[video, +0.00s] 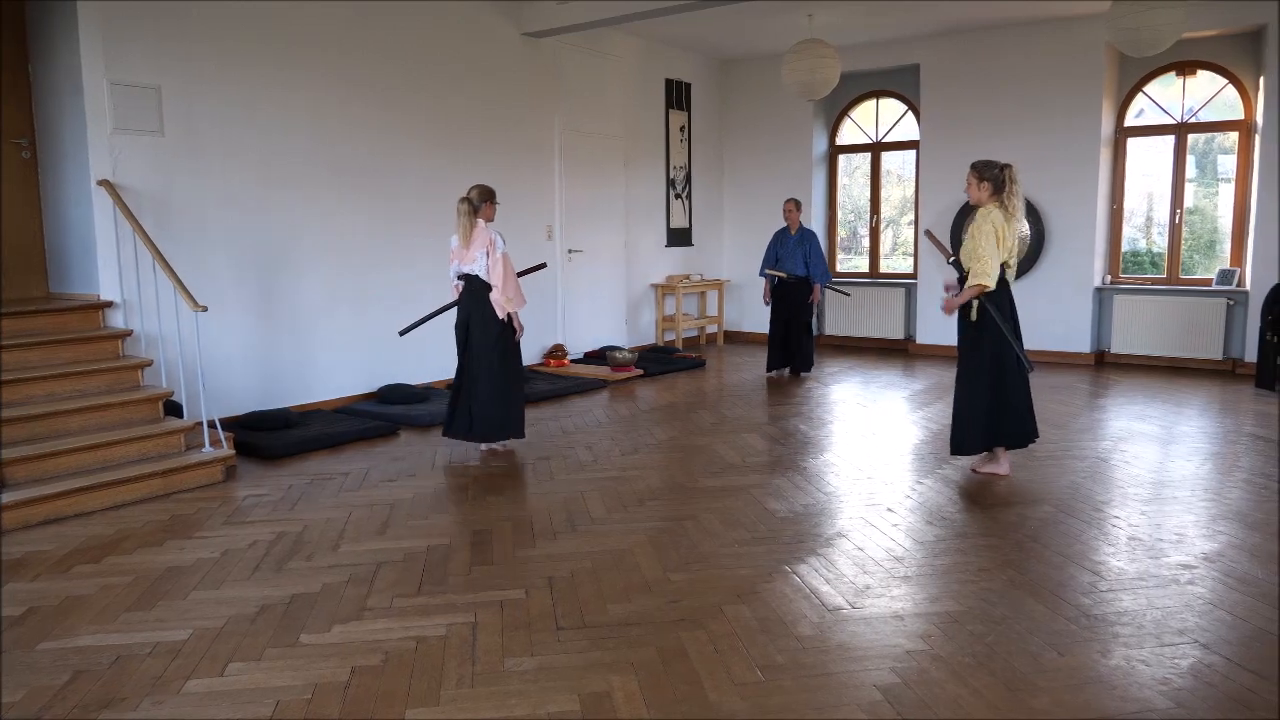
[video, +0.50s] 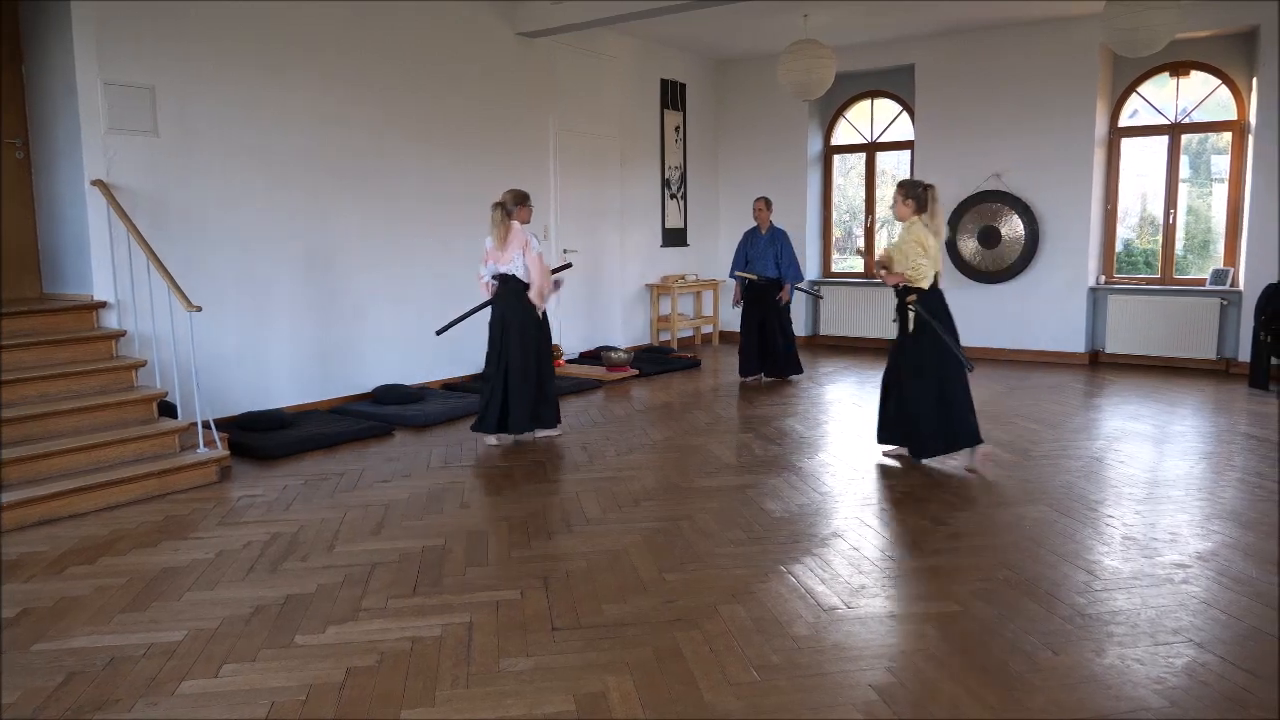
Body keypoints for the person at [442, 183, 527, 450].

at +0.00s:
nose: (496, 208)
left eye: (495, 204)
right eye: (494, 204)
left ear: (472, 206)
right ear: (486, 206)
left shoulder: (457, 239)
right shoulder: (491, 237)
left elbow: (456, 281)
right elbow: (499, 281)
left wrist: (467, 301)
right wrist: (513, 313)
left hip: (467, 308)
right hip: (489, 308)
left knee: (476, 369)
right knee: (494, 370)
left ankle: (484, 436)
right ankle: (492, 435)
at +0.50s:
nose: (531, 211)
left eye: (530, 207)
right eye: (528, 207)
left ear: (507, 209)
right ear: (519, 210)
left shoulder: (492, 239)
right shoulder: (526, 237)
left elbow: (486, 279)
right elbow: (540, 280)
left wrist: (498, 296)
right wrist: (538, 298)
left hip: (500, 299)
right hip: (522, 299)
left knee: (500, 360)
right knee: (534, 359)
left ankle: (492, 426)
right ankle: (542, 421)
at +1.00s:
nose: (565, 215)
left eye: (564, 211)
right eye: (560, 212)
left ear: (540, 218)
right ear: (546, 217)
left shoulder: (525, 242)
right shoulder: (556, 237)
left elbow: (505, 272)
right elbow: (595, 230)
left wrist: (517, 296)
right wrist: (623, 217)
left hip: (522, 311)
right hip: (540, 309)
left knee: (538, 371)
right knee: (577, 364)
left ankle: (541, 431)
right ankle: (559, 434)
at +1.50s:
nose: (595, 204)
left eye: (594, 198)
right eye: (591, 198)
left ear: (570, 202)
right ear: (575, 201)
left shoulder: (567, 228)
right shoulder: (578, 225)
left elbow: (613, 254)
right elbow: (618, 187)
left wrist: (622, 217)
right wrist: (618, 142)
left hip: (551, 307)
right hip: (568, 308)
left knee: (546, 373)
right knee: (603, 386)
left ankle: (519, 432)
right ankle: (590, 464)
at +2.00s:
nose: (575, 180)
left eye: (573, 174)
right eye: (573, 175)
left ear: (538, 178)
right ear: (565, 179)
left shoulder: (518, 217)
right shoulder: (577, 220)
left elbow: (512, 273)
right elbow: (595, 274)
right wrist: (602, 254)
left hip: (521, 309)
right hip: (562, 310)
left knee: (531, 400)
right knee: (570, 395)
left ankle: (540, 498)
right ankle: (576, 483)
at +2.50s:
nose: (529, 156)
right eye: (527, 152)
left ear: (493, 161)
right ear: (527, 156)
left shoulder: (485, 195)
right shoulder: (548, 188)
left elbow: (489, 163)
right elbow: (553, 178)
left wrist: (508, 130)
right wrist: (540, 146)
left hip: (506, 289)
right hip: (544, 287)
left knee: (511, 378)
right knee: (555, 380)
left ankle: (497, 463)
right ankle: (556, 480)